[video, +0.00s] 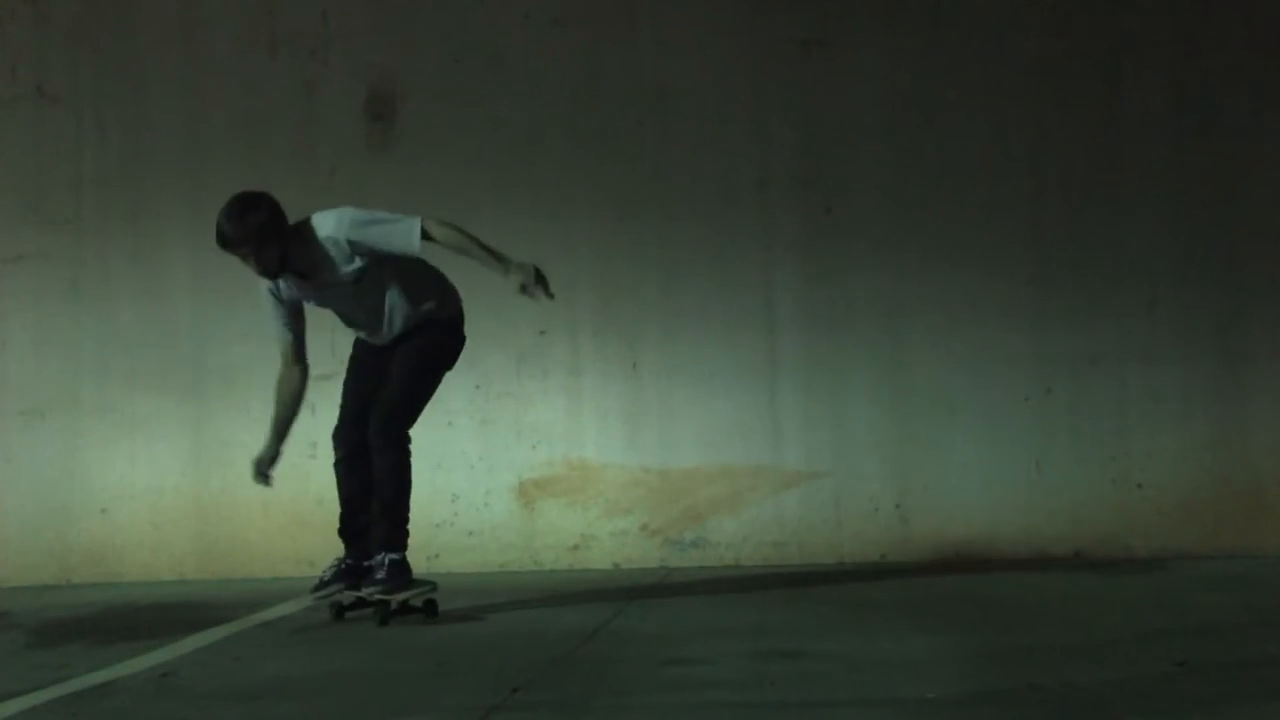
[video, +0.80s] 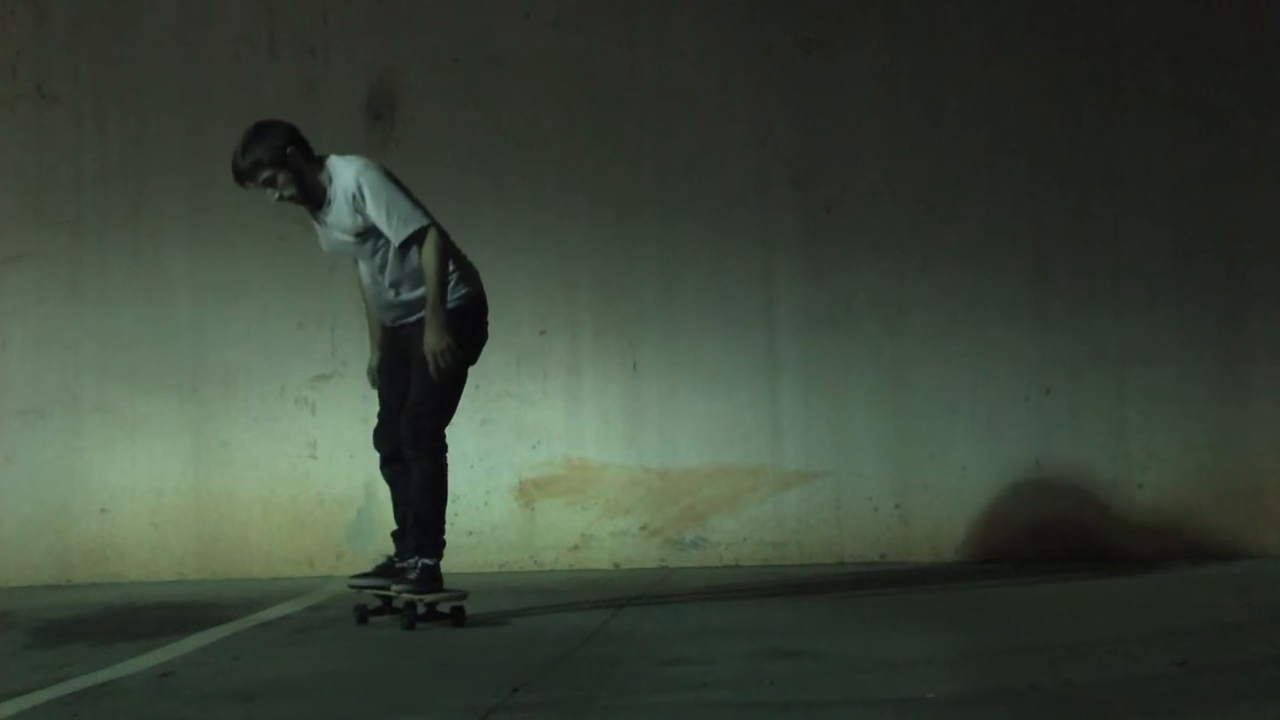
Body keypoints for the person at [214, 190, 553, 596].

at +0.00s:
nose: (253, 265)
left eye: (254, 251)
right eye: (243, 258)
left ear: (277, 231)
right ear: (242, 254)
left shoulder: (337, 229)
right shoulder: (280, 283)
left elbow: (430, 229)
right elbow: (292, 365)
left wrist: (508, 267)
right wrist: (273, 445)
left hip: (431, 324)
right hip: (377, 339)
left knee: (387, 430)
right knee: (348, 438)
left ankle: (391, 560)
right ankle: (359, 558)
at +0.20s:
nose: (247, 289)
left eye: (245, 276)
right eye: (238, 282)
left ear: (269, 251)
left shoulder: (339, 248)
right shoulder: (292, 295)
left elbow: (431, 262)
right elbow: (331, 350)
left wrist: (484, 326)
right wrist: (340, 434)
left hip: (440, 320)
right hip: (388, 335)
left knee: (407, 428)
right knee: (371, 438)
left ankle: (401, 560)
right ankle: (369, 558)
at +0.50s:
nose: (254, 256)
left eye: (252, 243)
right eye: (245, 250)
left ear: (276, 219)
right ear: (277, 222)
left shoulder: (348, 222)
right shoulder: (302, 254)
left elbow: (435, 261)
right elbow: (352, 306)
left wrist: (450, 349)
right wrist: (369, 383)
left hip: (450, 314)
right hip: (399, 330)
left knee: (414, 430)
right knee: (378, 434)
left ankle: (408, 560)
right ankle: (378, 556)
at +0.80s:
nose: (274, 194)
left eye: (272, 181)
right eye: (265, 188)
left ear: (295, 156)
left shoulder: (358, 176)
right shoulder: (319, 203)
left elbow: (431, 238)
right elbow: (369, 271)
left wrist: (436, 322)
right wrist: (379, 346)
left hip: (449, 309)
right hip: (403, 320)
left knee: (421, 430)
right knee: (391, 438)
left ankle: (426, 562)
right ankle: (408, 556)